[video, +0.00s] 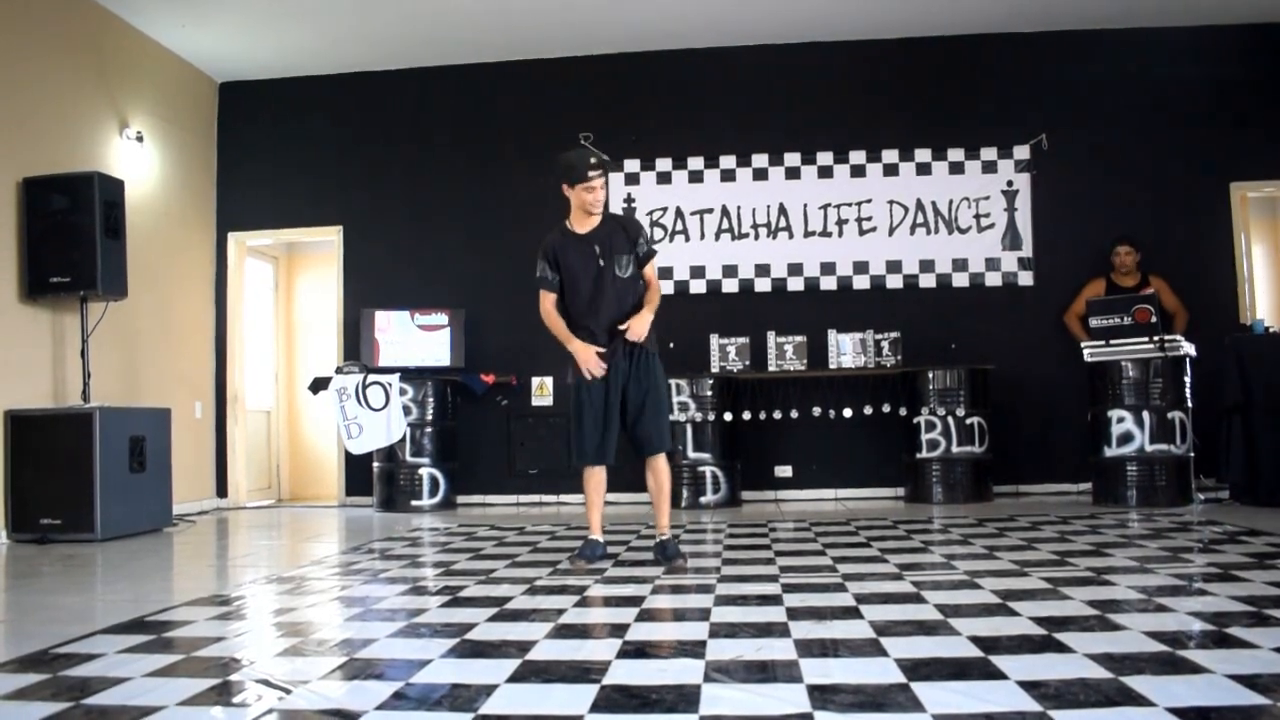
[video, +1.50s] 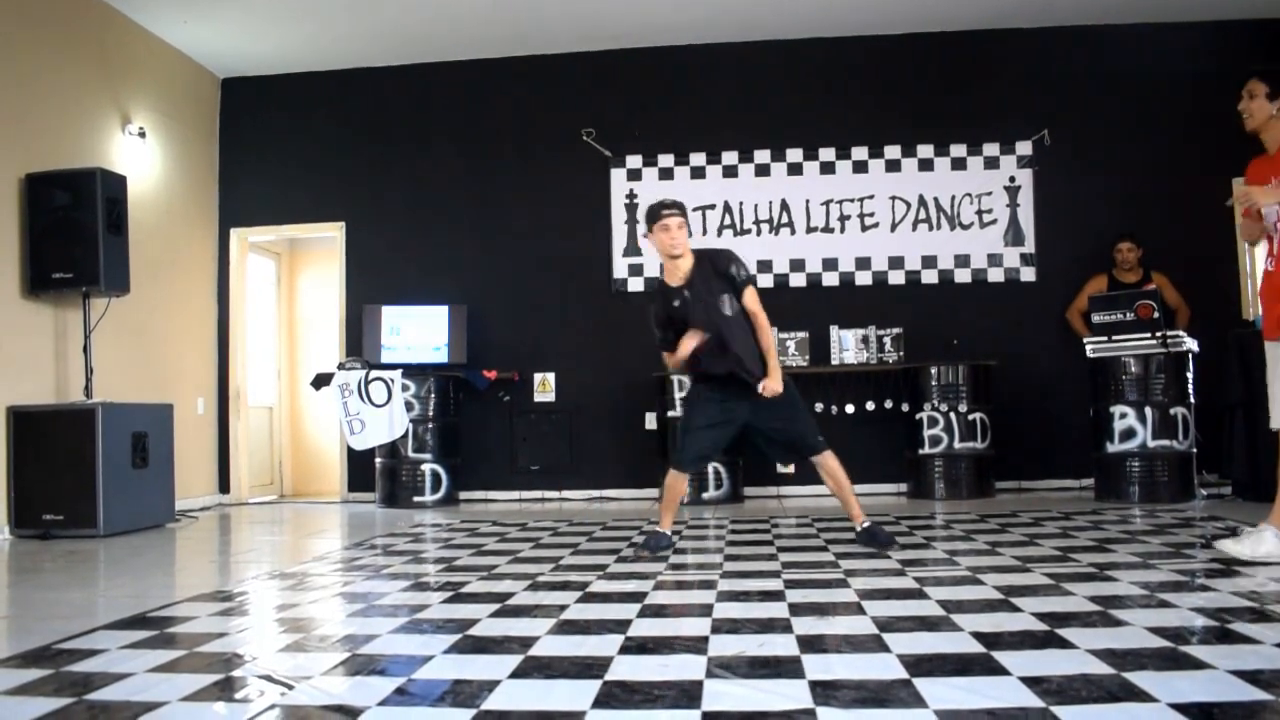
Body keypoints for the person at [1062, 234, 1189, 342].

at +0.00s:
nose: (1123, 260)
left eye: (1128, 254)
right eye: (1117, 255)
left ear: (1137, 257)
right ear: (1111, 259)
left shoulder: (1154, 283)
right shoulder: (1099, 286)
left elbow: (1180, 313)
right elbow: (1070, 316)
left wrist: (1173, 341)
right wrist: (1089, 344)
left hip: (1151, 360)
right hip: (1113, 361)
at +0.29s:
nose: (1123, 258)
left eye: (1128, 252)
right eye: (1118, 253)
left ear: (1139, 255)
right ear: (1113, 258)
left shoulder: (1156, 282)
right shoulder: (1100, 284)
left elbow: (1182, 311)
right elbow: (1072, 315)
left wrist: (1175, 340)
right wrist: (1090, 343)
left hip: (1153, 358)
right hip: (1114, 359)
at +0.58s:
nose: (1124, 256)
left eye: (1129, 251)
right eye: (1119, 251)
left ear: (1139, 253)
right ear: (1113, 256)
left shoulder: (1155, 280)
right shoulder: (1100, 283)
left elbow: (1181, 310)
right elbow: (1072, 313)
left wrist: (1175, 338)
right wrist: (1090, 341)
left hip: (1153, 355)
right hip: (1114, 357)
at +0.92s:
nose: (1124, 256)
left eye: (1129, 250)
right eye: (1119, 251)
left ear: (1139, 253)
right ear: (1113, 255)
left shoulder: (1156, 280)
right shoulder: (1100, 283)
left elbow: (1181, 309)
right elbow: (1072, 313)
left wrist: (1175, 337)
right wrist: (1090, 340)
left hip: (1154, 354)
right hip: (1115, 355)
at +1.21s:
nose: (1124, 256)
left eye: (1129, 250)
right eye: (1119, 251)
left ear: (1139, 253)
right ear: (1113, 255)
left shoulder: (1156, 280)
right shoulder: (1100, 283)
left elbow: (1181, 309)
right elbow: (1072, 313)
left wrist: (1175, 338)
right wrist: (1090, 341)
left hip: (1154, 355)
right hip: (1115, 356)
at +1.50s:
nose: (1124, 256)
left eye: (1130, 251)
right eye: (1119, 252)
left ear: (1139, 253)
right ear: (1113, 256)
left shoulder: (1155, 280)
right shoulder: (1100, 283)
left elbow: (1181, 309)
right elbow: (1072, 313)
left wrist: (1174, 338)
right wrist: (1090, 341)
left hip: (1154, 355)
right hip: (1115, 357)